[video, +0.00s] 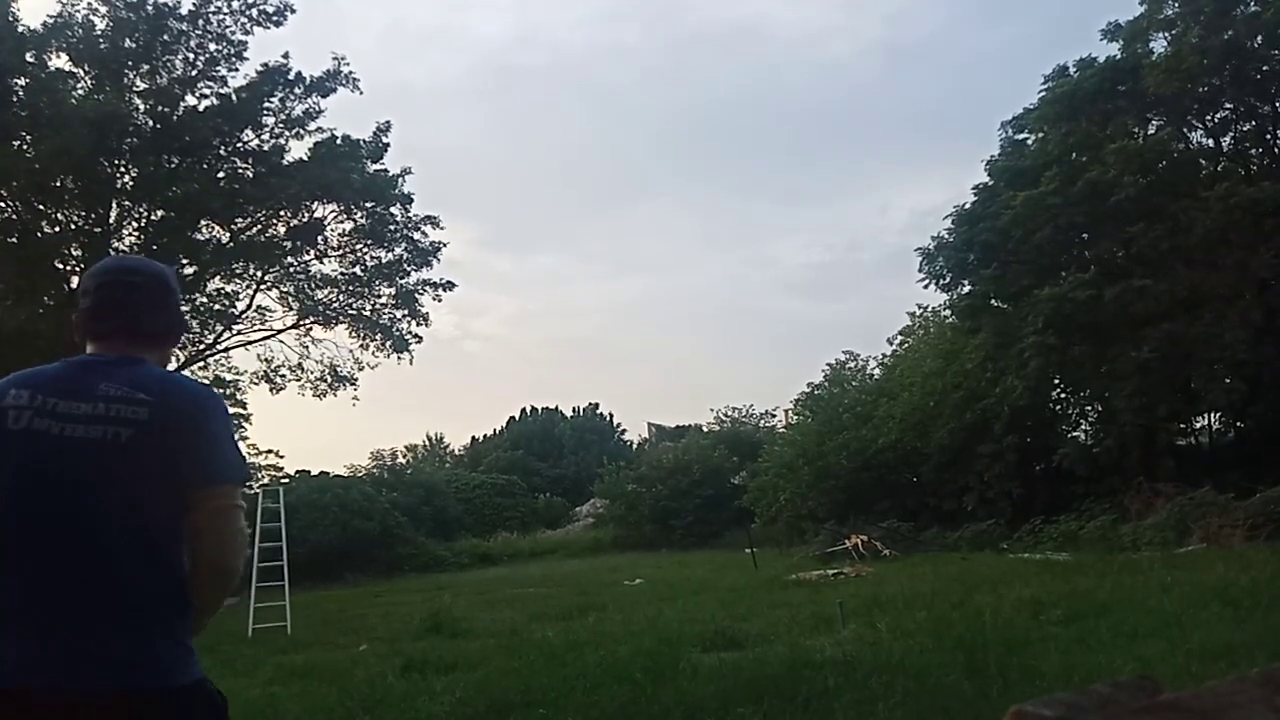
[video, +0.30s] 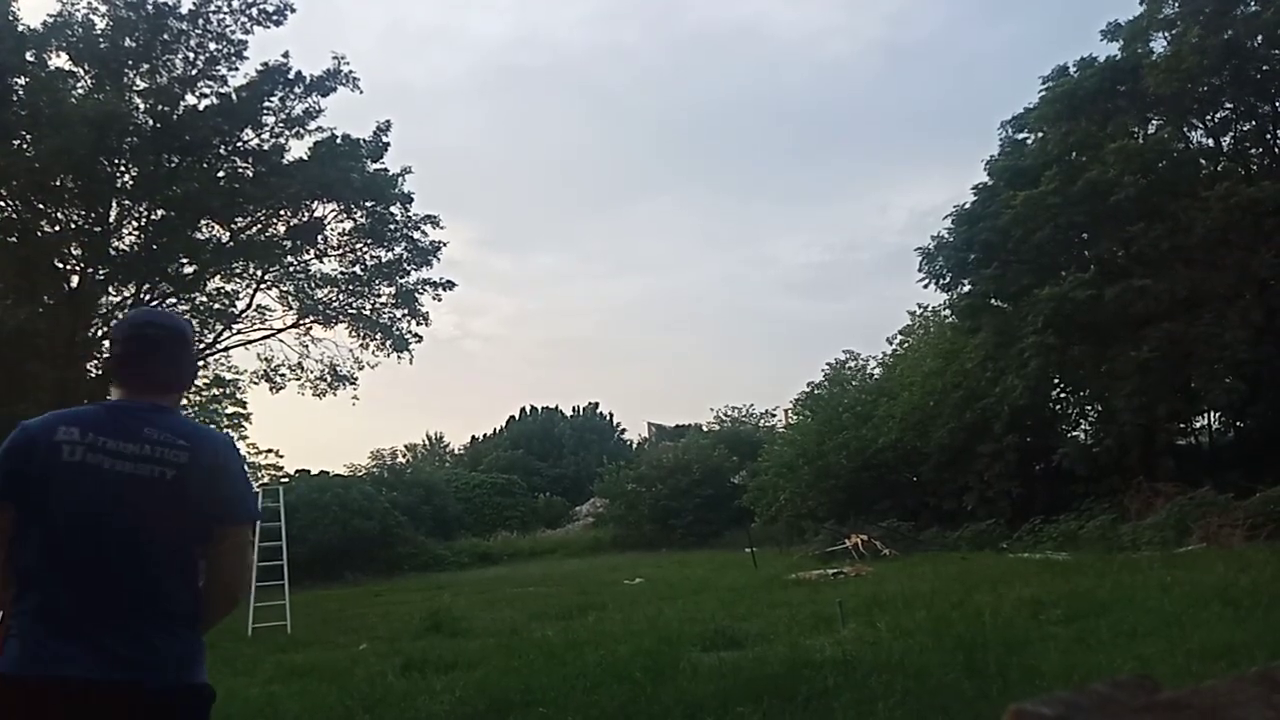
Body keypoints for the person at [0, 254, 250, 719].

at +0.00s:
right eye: (181, 328)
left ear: (81, 325)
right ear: (174, 334)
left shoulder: (11, 392)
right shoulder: (193, 404)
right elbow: (223, 561)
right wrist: (171, 632)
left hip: (19, 661)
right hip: (145, 670)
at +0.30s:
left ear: (110, 366)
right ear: (191, 377)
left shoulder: (33, 439)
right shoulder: (216, 454)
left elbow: (4, 560)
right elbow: (230, 587)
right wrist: (169, 632)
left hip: (39, 672)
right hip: (161, 679)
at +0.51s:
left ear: (148, 387)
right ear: (218, 400)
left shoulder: (79, 441)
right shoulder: (237, 471)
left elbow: (22, 548)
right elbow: (236, 587)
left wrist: (76, 597)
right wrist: (178, 618)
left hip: (73, 661)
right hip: (177, 672)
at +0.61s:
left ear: (150, 380)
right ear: (217, 393)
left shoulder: (87, 433)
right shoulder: (237, 461)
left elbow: (32, 539)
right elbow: (235, 574)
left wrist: (91, 576)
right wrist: (178, 597)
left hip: (81, 649)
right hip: (181, 657)